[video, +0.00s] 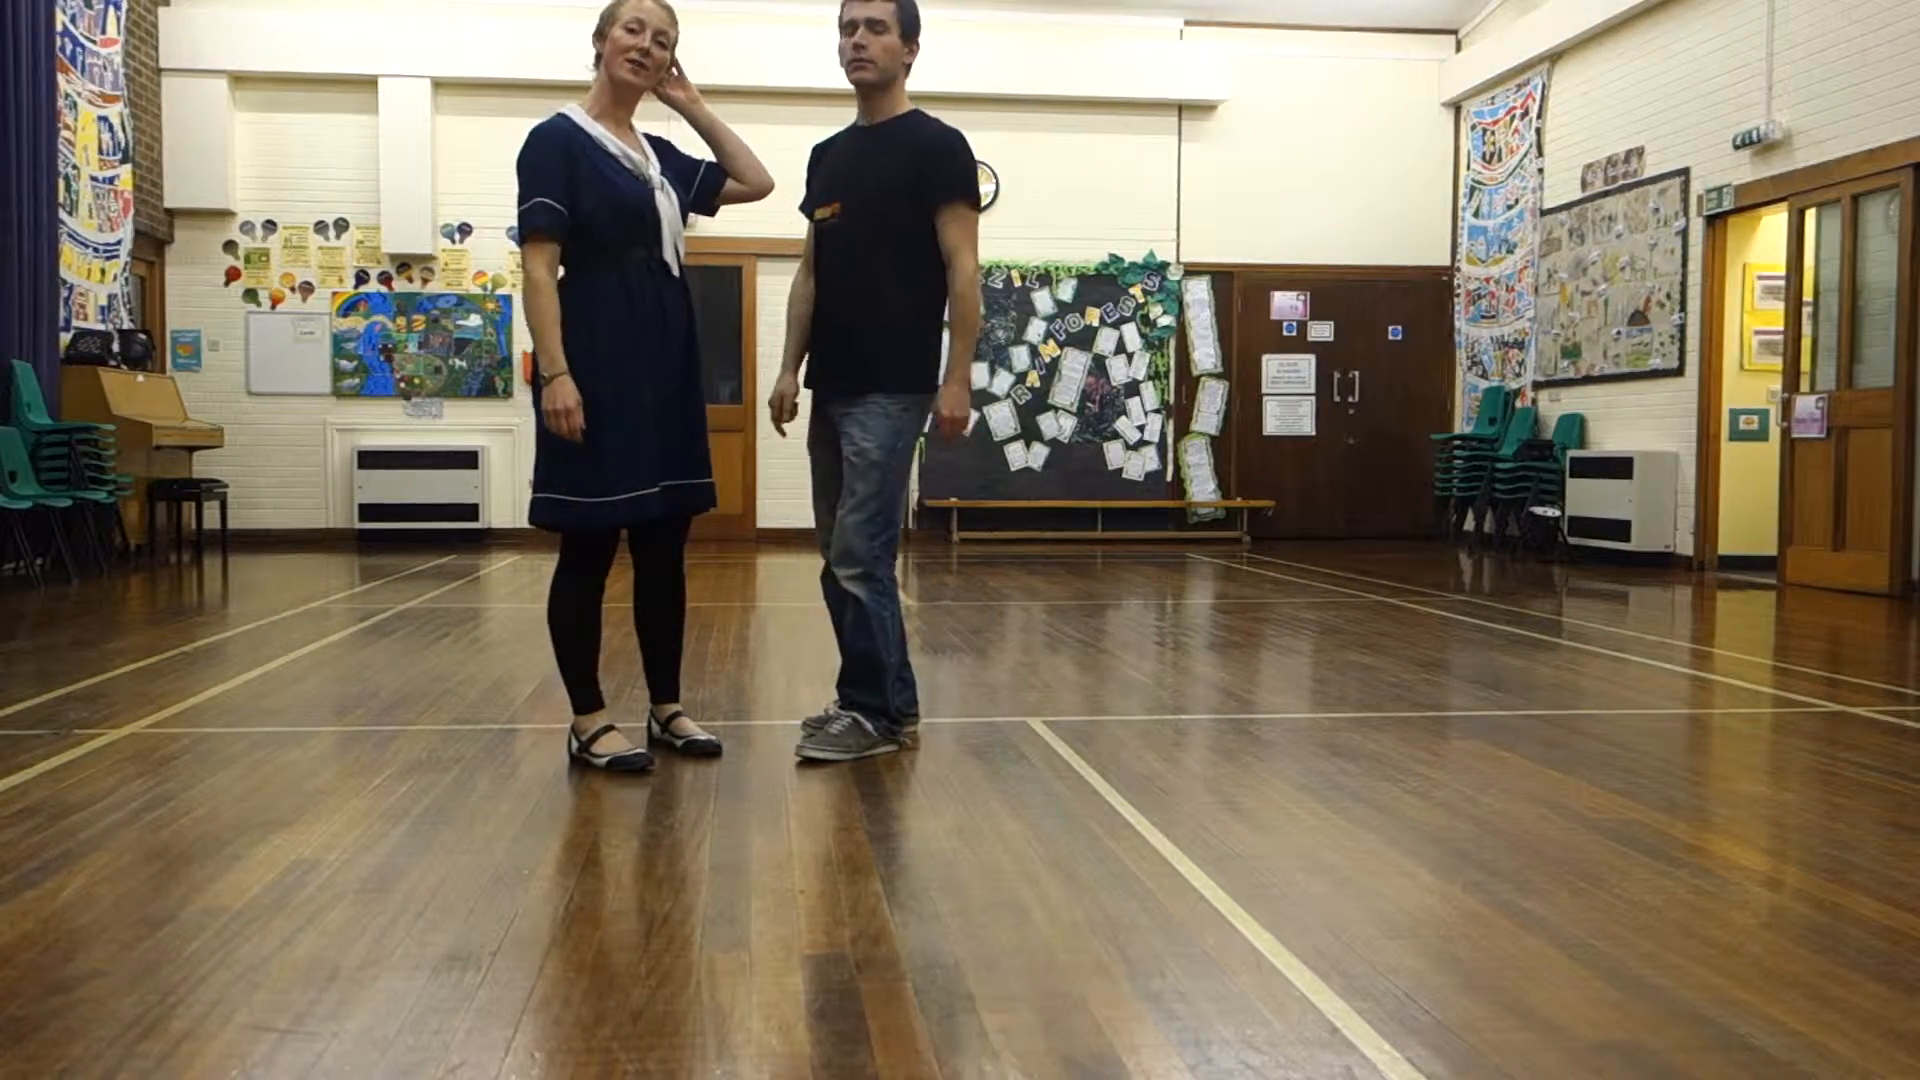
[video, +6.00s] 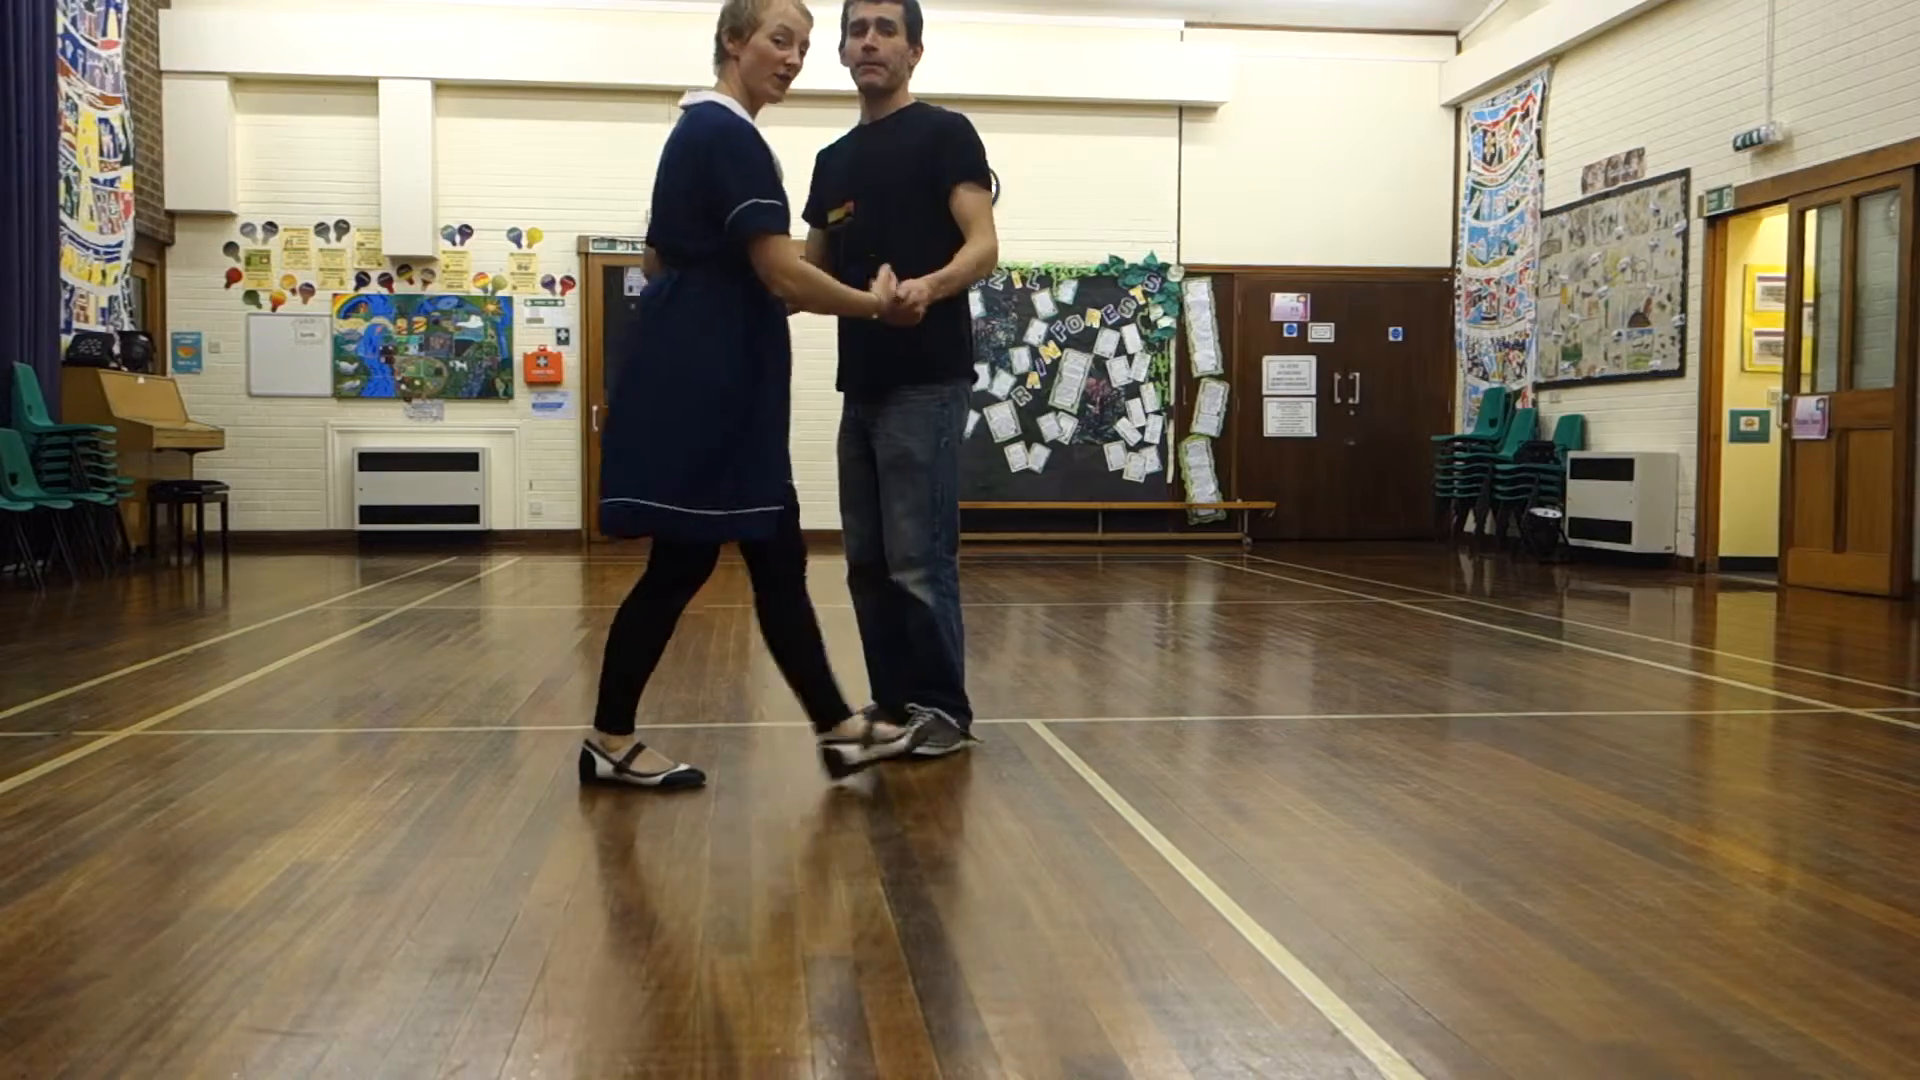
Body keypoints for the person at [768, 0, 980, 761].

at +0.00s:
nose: (856, 40)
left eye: (873, 28)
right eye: (847, 29)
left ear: (910, 47)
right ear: (838, 46)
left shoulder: (940, 145)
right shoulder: (827, 156)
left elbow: (964, 268)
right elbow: (812, 269)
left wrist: (959, 380)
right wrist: (789, 369)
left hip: (895, 384)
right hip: (832, 383)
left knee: (855, 556)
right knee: (847, 557)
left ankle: (868, 712)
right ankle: (890, 706)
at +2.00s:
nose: (813, 30)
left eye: (826, 14)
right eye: (816, 16)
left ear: (871, 23)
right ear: (868, 28)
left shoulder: (896, 117)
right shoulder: (874, 120)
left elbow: (889, 252)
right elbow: (856, 256)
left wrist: (848, 368)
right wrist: (823, 366)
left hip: (882, 374)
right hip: (866, 372)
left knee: (852, 550)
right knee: (837, 548)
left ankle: (886, 720)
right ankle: (866, 707)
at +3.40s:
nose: (819, 33)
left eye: (829, 18)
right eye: (822, 19)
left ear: (868, 22)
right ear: (879, 28)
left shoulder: (884, 107)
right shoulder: (908, 110)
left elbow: (854, 240)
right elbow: (864, 248)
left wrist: (751, 290)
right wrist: (765, 282)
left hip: (888, 367)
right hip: (899, 363)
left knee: (858, 550)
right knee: (865, 547)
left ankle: (882, 719)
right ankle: (875, 710)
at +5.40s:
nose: (833, 47)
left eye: (848, 34)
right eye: (835, 33)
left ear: (895, 48)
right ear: (875, 49)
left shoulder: (910, 129)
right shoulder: (880, 139)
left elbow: (927, 241)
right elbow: (878, 282)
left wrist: (822, 254)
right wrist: (793, 297)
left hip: (892, 383)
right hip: (880, 381)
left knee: (831, 552)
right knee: (877, 552)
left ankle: (855, 716)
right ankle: (914, 708)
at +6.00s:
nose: (867, 44)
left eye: (885, 31)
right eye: (855, 31)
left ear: (915, 51)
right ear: (841, 49)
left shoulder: (946, 132)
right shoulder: (832, 159)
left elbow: (985, 246)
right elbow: (814, 272)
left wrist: (929, 286)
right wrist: (755, 274)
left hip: (928, 376)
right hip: (863, 380)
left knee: (917, 555)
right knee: (869, 559)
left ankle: (945, 711)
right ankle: (895, 708)